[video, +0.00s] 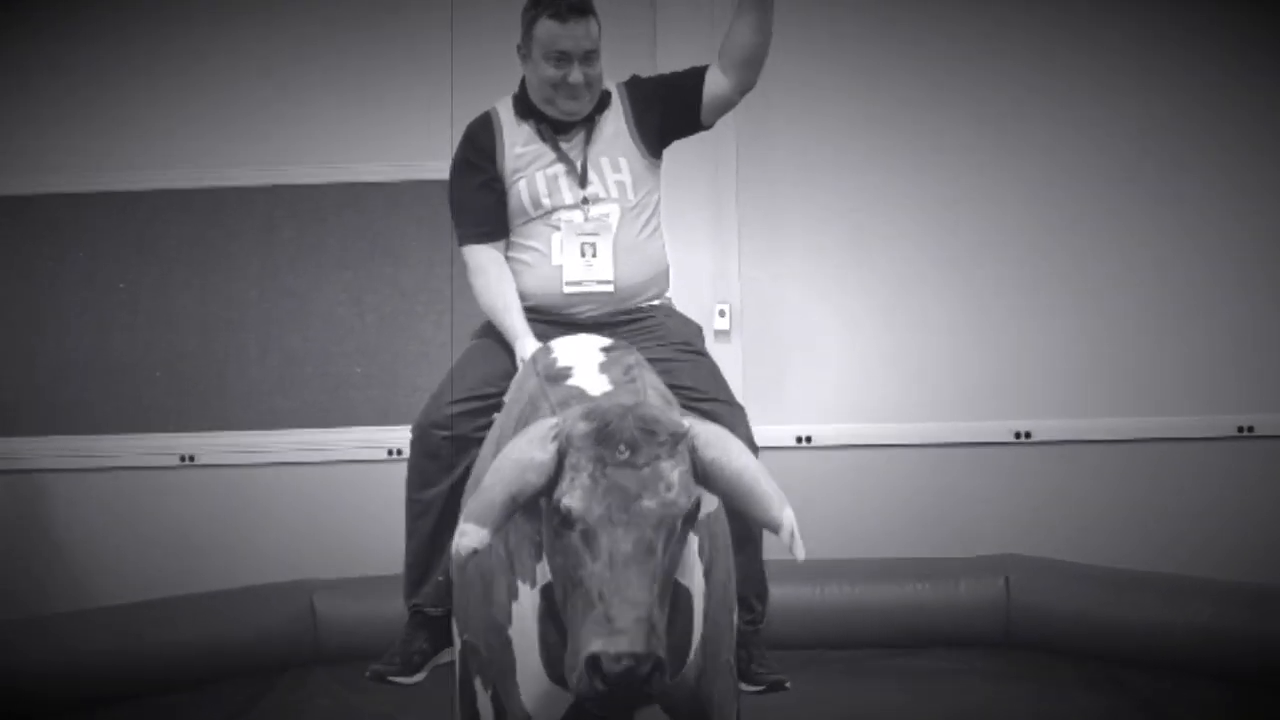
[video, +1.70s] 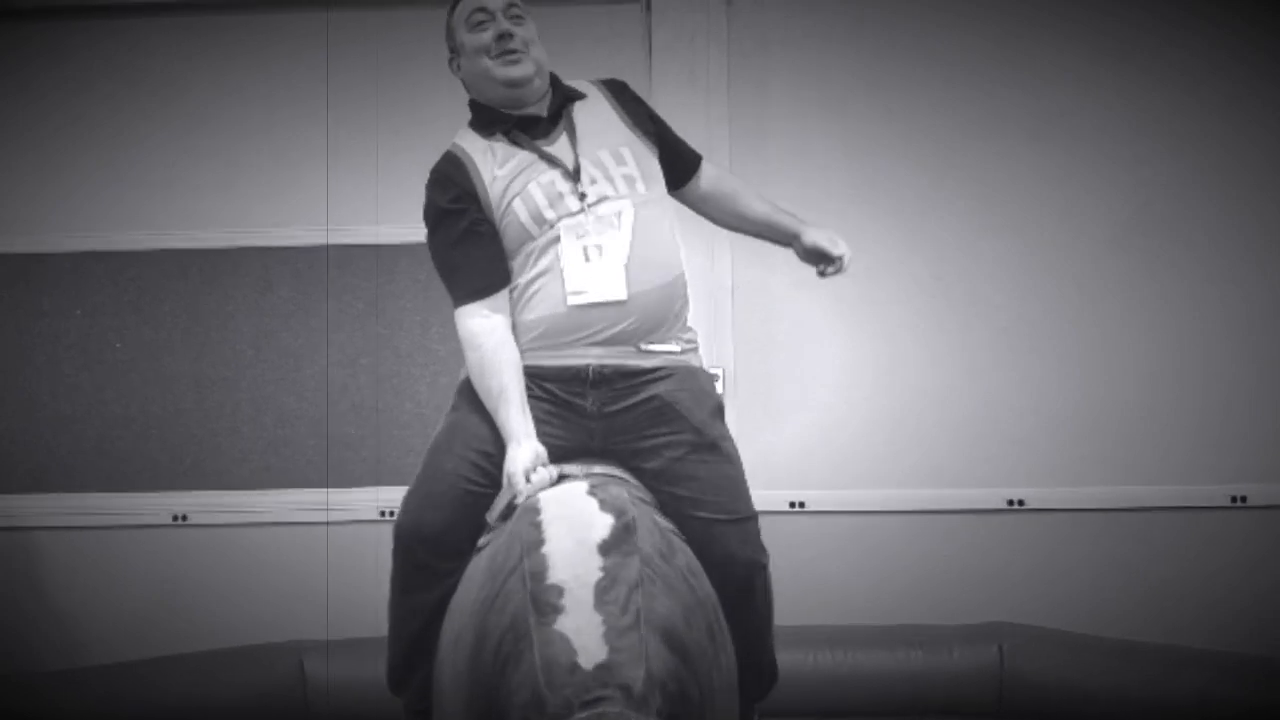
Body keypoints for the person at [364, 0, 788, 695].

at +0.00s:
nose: (574, 75)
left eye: (588, 58)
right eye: (557, 59)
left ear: (603, 50)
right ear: (524, 54)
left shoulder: (640, 108)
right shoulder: (488, 138)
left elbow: (733, 77)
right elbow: (483, 256)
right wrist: (526, 348)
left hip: (643, 318)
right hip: (529, 325)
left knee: (732, 443)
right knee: (438, 431)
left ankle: (742, 635)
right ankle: (429, 622)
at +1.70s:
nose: (504, 30)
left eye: (514, 14)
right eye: (479, 22)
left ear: (538, 29)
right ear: (455, 59)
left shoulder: (614, 105)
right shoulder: (461, 173)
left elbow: (700, 182)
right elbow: (482, 321)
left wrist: (796, 232)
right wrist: (520, 435)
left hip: (662, 383)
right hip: (528, 389)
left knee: (738, 559)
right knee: (424, 534)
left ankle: (750, 702)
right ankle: (416, 704)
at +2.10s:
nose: (495, 74)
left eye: (507, 52)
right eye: (469, 64)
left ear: (538, 66)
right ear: (448, 98)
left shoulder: (619, 127)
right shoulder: (448, 208)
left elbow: (707, 220)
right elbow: (473, 357)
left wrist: (726, 328)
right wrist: (514, 476)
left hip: (658, 419)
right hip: (518, 429)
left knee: (736, 599)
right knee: (413, 572)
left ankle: (749, 718)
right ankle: (409, 715)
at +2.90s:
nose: (539, 154)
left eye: (550, 135)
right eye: (517, 141)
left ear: (569, 144)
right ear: (489, 160)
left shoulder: (628, 207)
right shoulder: (467, 246)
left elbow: (701, 305)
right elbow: (465, 375)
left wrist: (649, 405)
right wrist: (515, 460)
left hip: (645, 432)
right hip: (521, 441)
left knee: (731, 576)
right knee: (420, 554)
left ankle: (754, 710)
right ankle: (412, 708)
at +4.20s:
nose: (545, 112)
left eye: (552, 100)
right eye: (525, 103)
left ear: (566, 116)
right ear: (496, 129)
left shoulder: (609, 178)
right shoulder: (472, 202)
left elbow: (666, 257)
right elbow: (468, 308)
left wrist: (630, 331)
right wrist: (502, 384)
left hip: (615, 363)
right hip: (508, 372)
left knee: (688, 480)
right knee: (432, 469)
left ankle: (716, 665)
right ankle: (420, 664)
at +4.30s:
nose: (536, 92)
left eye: (541, 80)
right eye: (515, 84)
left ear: (556, 94)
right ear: (485, 113)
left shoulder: (607, 158)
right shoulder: (468, 189)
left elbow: (686, 213)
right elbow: (470, 296)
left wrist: (700, 262)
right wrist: (503, 376)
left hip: (618, 352)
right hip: (510, 361)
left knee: (693, 481)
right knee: (433, 464)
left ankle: (719, 659)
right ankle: (418, 660)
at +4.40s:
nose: (535, 77)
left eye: (540, 64)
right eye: (513, 68)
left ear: (554, 81)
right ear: (480, 98)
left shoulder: (609, 144)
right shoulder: (468, 181)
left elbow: (693, 186)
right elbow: (474, 292)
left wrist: (744, 188)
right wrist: (510, 375)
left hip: (625, 345)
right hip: (519, 353)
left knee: (699, 479)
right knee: (436, 460)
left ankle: (722, 664)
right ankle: (419, 653)